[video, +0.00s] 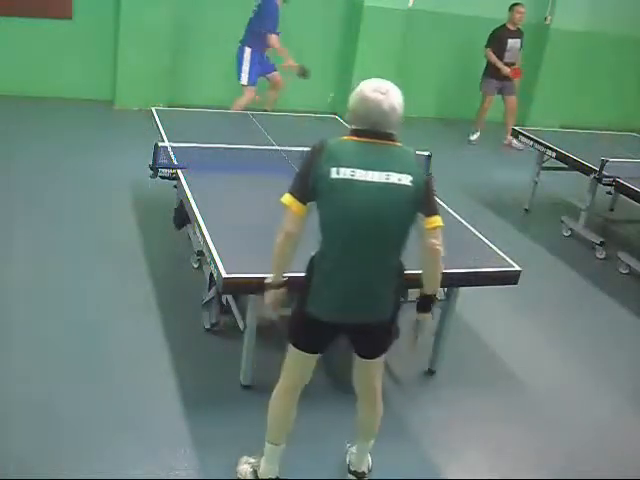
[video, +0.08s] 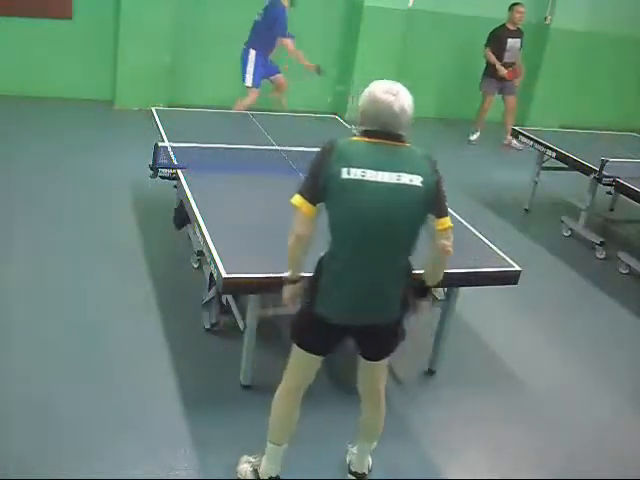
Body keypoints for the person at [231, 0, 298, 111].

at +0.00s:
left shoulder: (273, 7)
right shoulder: (270, 5)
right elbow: (272, 39)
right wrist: (287, 59)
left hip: (259, 51)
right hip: (249, 49)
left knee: (276, 82)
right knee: (249, 95)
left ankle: (266, 114)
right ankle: (228, 119)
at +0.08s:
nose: (290, 5)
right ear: (287, 1)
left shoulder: (273, 6)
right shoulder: (279, 9)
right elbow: (286, 41)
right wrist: (306, 63)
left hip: (262, 54)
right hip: (253, 52)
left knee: (281, 84)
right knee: (253, 95)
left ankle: (281, 118)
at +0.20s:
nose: (317, 13)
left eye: (318, 9)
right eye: (316, 9)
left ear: (307, 6)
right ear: (309, 6)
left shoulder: (289, 14)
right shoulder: (302, 21)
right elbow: (315, 53)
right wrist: (336, 66)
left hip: (272, 58)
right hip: (266, 56)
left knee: (291, 88)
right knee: (261, 96)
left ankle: (299, 120)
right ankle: (232, 119)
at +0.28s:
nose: (325, 19)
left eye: (326, 15)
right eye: (325, 15)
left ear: (314, 10)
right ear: (321, 12)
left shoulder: (296, 20)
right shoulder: (312, 29)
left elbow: (278, 35)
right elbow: (328, 59)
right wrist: (345, 73)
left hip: (280, 61)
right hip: (273, 58)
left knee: (299, 88)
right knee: (262, 101)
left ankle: (305, 123)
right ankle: (234, 120)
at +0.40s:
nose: (342, 31)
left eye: (343, 28)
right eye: (342, 28)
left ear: (331, 21)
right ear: (337, 24)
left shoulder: (312, 24)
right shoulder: (328, 38)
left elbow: (291, 37)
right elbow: (337, 69)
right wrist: (347, 91)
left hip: (288, 59)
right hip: (283, 57)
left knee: (307, 88)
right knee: (266, 99)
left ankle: (306, 122)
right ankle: (237, 118)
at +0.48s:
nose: (343, 33)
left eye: (345, 30)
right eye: (345, 29)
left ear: (336, 21)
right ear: (342, 25)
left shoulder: (319, 24)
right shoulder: (330, 37)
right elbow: (334, 69)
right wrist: (343, 95)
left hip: (291, 57)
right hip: (287, 55)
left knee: (308, 87)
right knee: (269, 94)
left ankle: (306, 122)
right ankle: (240, 115)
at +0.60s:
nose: (349, 28)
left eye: (350, 26)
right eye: (350, 25)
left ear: (341, 16)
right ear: (348, 20)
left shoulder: (324, 20)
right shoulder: (335, 31)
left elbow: (310, 37)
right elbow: (328, 60)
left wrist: (321, 54)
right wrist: (328, 87)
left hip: (296, 54)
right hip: (291, 50)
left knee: (309, 88)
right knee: (272, 90)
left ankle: (305, 121)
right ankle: (243, 112)